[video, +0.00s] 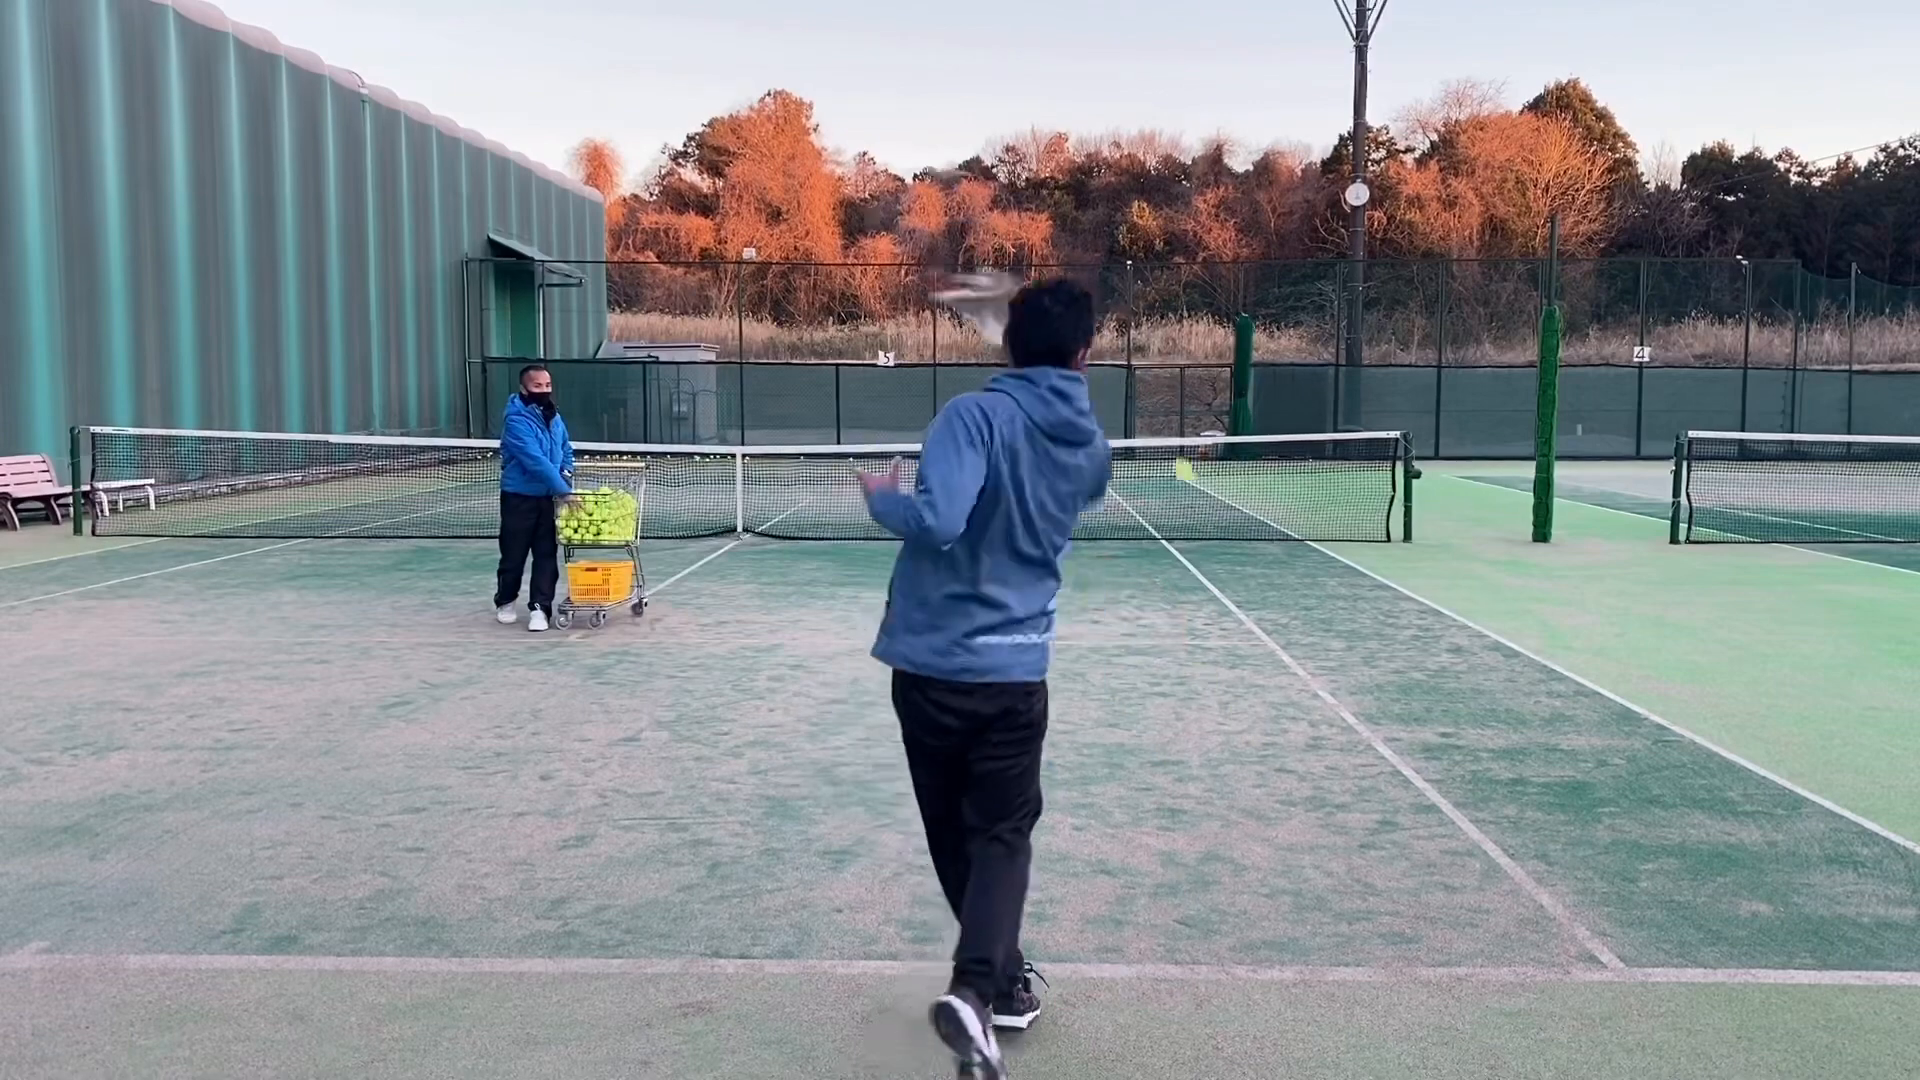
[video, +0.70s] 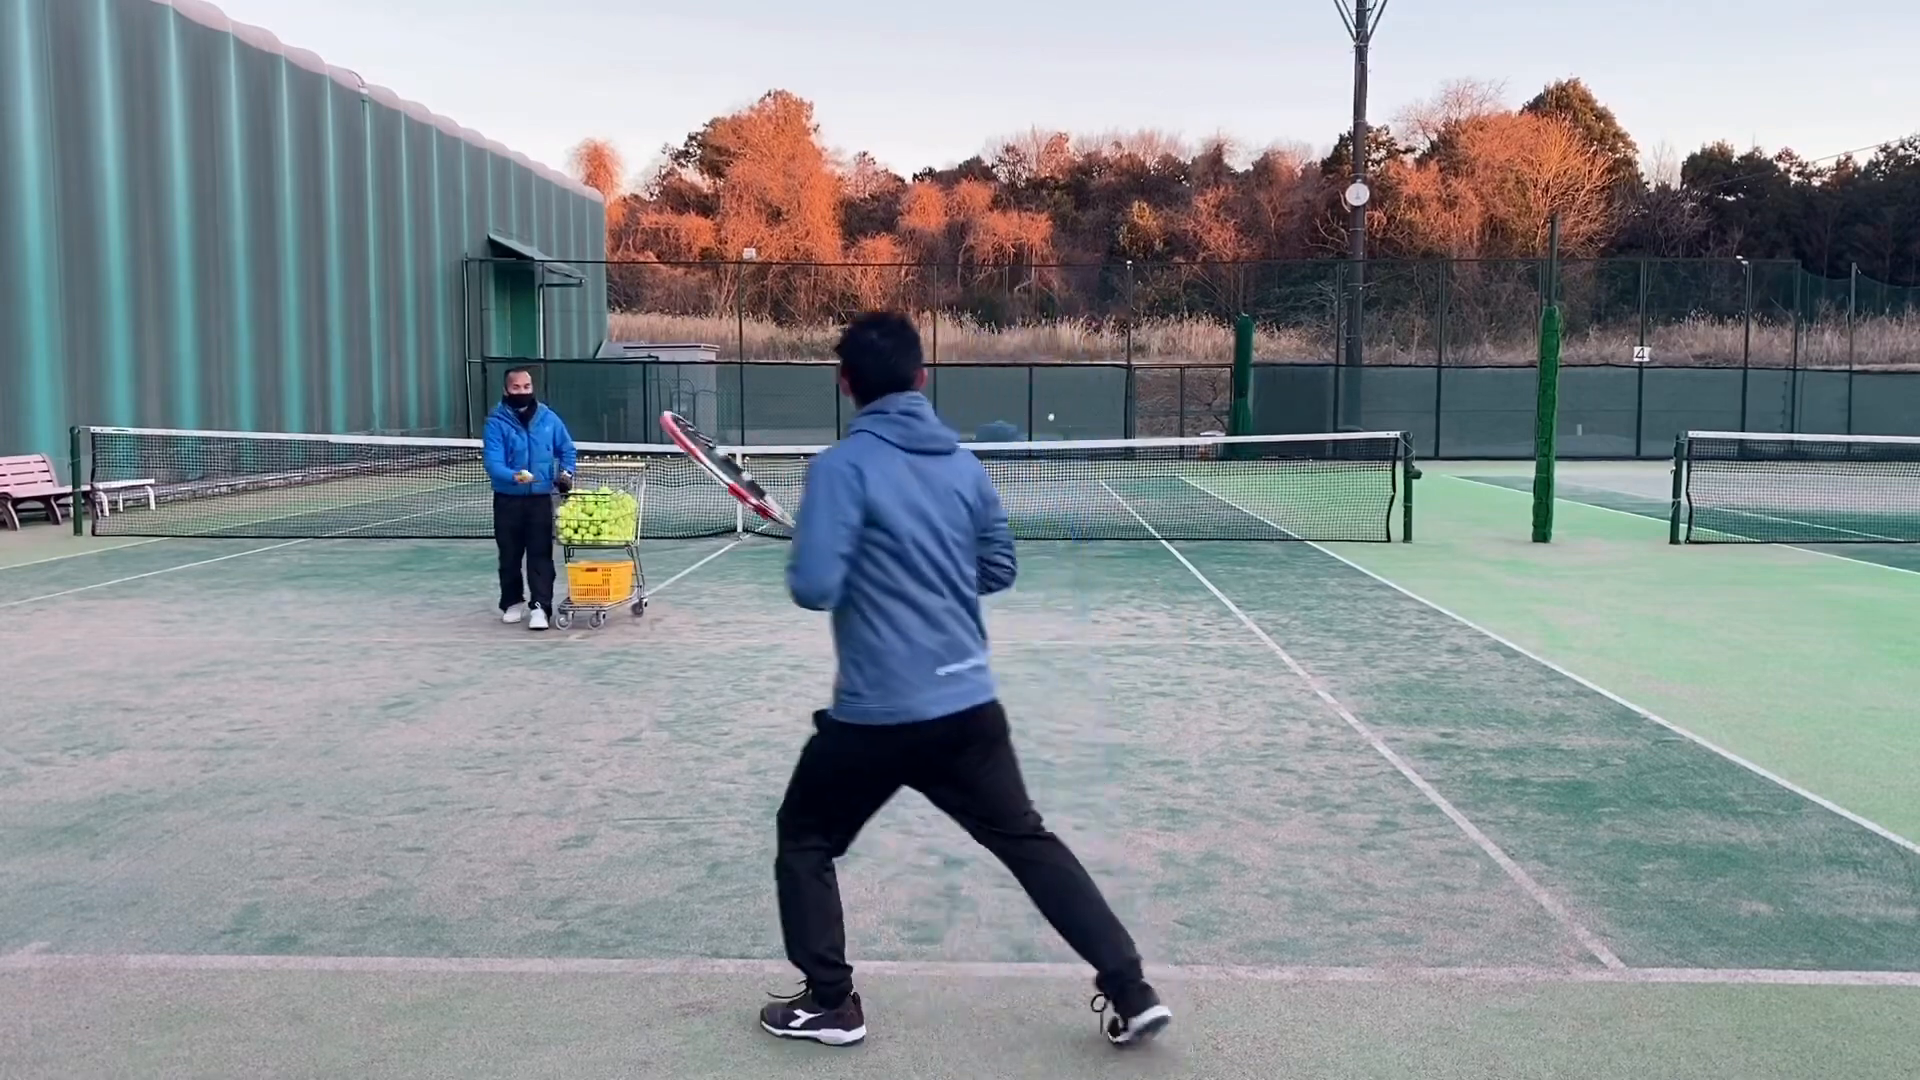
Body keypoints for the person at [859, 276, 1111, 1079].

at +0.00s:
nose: (1002, 338)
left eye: (1009, 328)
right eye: (1084, 342)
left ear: (1009, 340)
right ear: (1083, 351)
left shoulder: (970, 418)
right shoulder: (1087, 445)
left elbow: (940, 520)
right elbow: (1060, 495)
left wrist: (882, 497)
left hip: (929, 670)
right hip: (1016, 676)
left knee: (951, 833)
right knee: (1004, 832)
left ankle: (1010, 982)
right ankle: (971, 995)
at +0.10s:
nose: (996, 319)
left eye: (1001, 309)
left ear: (1004, 320)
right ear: (1078, 326)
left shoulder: (979, 398)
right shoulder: (1082, 389)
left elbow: (959, 510)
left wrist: (901, 498)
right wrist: (935, 345)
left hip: (959, 654)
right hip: (1042, 652)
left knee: (973, 820)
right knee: (1042, 814)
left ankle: (1011, 976)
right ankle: (1029, 990)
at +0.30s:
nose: (968, 346)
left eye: (970, 336)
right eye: (971, 335)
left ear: (978, 343)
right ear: (1050, 339)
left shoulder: (985, 427)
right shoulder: (1068, 412)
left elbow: (1001, 541)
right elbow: (1002, 439)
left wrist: (926, 518)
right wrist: (935, 448)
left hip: (994, 682)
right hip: (1074, 672)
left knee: (992, 838)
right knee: (1101, 830)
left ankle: (1047, 979)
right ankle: (1149, 998)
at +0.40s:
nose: (951, 382)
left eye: (953, 372)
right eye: (957, 369)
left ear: (962, 383)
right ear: (1027, 375)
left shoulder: (980, 462)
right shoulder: (1054, 449)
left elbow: (998, 577)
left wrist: (932, 572)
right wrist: (966, 545)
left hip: (1009, 712)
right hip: (1081, 699)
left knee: (930, 814)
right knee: (1104, 858)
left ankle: (1023, 947)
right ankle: (1163, 1018)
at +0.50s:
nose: (926, 403)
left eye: (927, 394)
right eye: (928, 392)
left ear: (935, 404)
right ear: (1006, 395)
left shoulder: (957, 482)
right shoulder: (1034, 469)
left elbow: (968, 601)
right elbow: (1047, 579)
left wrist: (909, 591)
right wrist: (953, 571)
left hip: (998, 725)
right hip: (1063, 711)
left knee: (884, 803)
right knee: (1081, 863)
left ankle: (960, 948)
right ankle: (1161, 1015)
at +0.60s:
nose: (885, 398)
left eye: (887, 388)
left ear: (895, 397)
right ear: (968, 388)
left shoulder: (909, 476)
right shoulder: (1006, 473)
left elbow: (903, 597)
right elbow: (1031, 584)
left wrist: (858, 578)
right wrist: (922, 566)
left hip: (951, 716)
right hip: (1028, 705)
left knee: (843, 808)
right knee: (1062, 851)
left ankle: (859, 976)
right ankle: (1155, 1003)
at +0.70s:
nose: (841, 382)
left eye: (840, 373)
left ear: (847, 382)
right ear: (923, 377)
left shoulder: (842, 466)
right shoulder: (961, 462)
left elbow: (816, 586)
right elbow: (998, 568)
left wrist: (811, 544)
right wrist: (917, 563)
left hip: (876, 715)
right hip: (968, 705)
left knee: (804, 839)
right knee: (1024, 839)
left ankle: (829, 1002)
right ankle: (1130, 989)